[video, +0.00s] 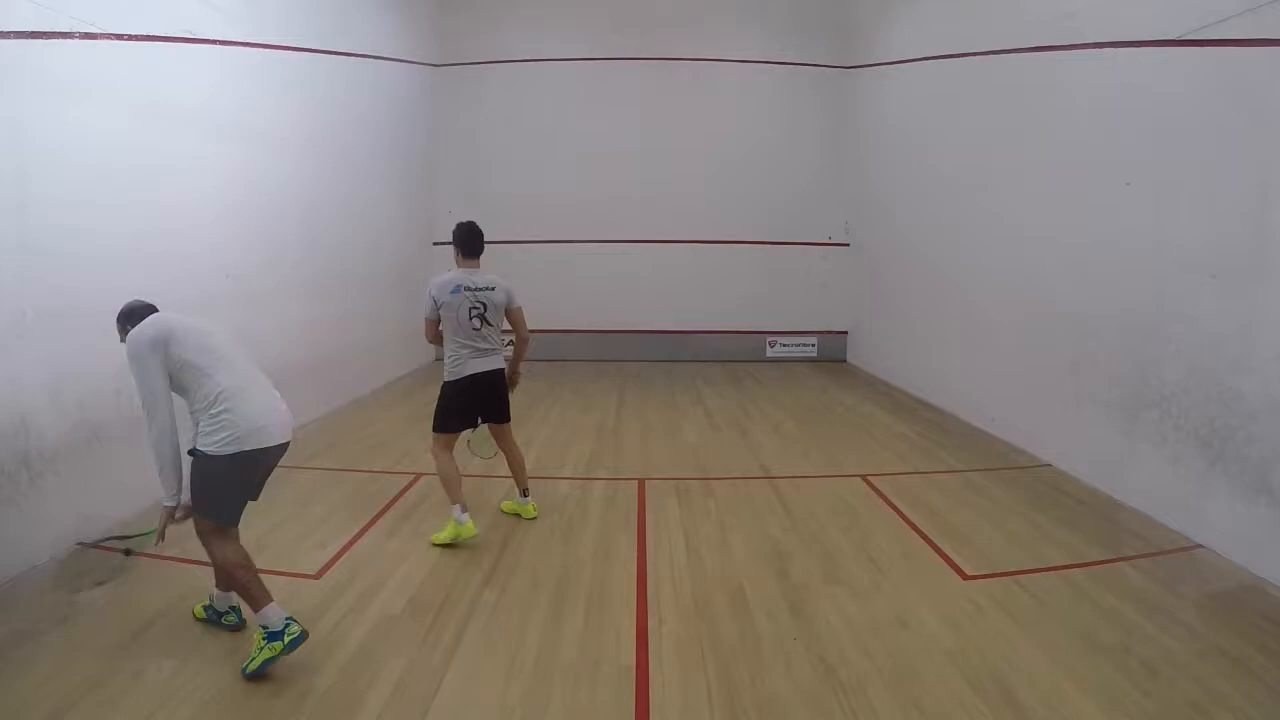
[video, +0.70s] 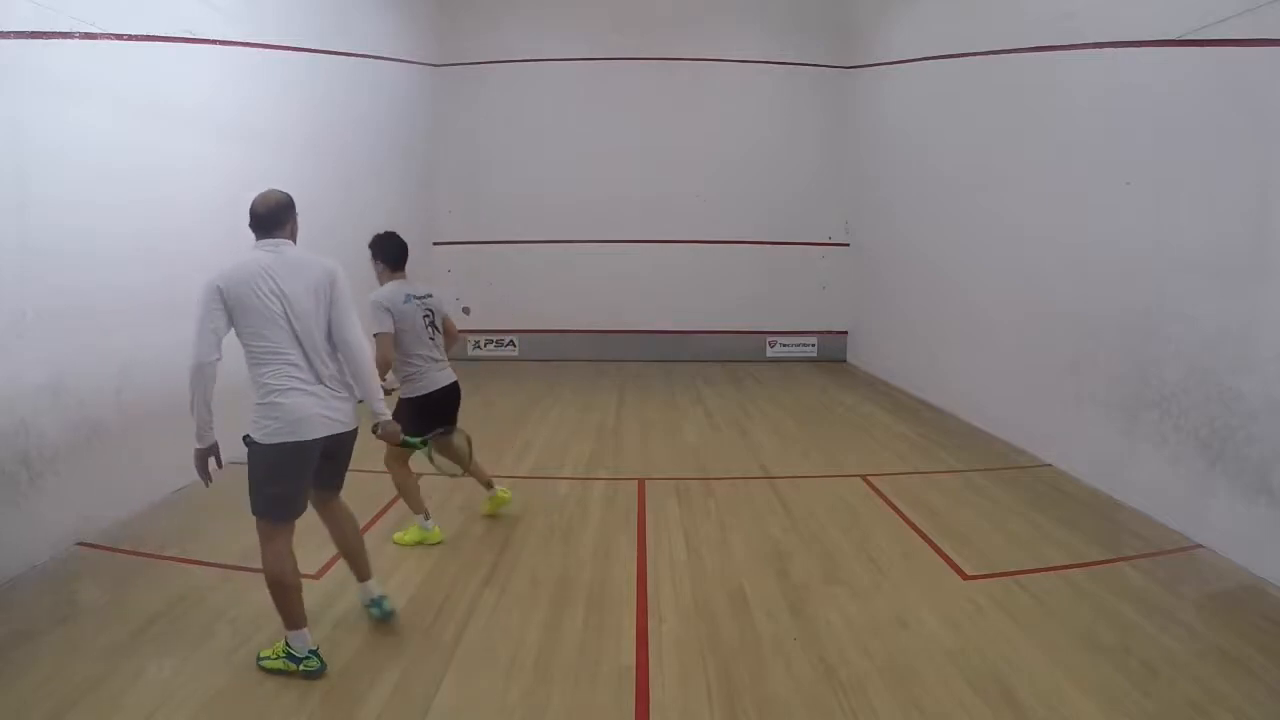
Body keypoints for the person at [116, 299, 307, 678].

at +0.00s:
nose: (126, 346)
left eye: (124, 340)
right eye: (123, 342)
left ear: (128, 329)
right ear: (155, 313)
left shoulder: (142, 338)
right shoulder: (191, 329)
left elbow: (160, 424)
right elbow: (207, 420)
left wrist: (170, 499)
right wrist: (193, 495)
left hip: (230, 439)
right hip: (274, 428)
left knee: (213, 530)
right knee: (218, 521)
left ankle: (277, 626)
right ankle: (224, 605)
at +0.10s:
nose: (135, 323)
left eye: (133, 318)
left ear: (136, 314)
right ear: (169, 302)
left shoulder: (144, 335)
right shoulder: (202, 319)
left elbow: (152, 421)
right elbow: (235, 378)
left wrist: (154, 498)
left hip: (225, 438)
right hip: (274, 428)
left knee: (219, 527)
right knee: (230, 517)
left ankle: (282, 617)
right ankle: (225, 604)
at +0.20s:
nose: (154, 296)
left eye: (153, 292)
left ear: (156, 293)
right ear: (195, 280)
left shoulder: (152, 330)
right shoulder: (232, 304)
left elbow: (144, 415)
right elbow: (286, 346)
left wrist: (138, 491)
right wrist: (320, 387)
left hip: (219, 444)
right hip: (274, 434)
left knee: (225, 533)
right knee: (236, 516)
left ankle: (287, 620)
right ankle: (227, 604)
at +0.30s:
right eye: (215, 262)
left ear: (176, 276)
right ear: (216, 265)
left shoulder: (164, 320)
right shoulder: (254, 292)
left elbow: (145, 405)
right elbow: (319, 310)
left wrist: (142, 473)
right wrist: (345, 362)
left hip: (222, 449)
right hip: (277, 440)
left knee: (230, 539)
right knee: (244, 519)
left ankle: (288, 637)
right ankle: (228, 603)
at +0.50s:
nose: (250, 246)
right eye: (250, 238)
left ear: (206, 250)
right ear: (248, 241)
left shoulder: (190, 300)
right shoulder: (280, 281)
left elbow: (169, 385)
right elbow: (329, 335)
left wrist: (171, 428)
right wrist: (369, 397)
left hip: (246, 444)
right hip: (305, 435)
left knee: (257, 549)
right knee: (274, 517)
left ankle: (301, 650)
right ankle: (254, 595)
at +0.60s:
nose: (272, 231)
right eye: (271, 224)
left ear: (225, 235)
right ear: (268, 228)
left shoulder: (206, 286)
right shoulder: (301, 271)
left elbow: (184, 372)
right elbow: (332, 344)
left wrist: (187, 432)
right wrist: (358, 407)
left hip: (264, 430)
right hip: (320, 422)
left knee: (268, 537)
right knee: (298, 503)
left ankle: (299, 649)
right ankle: (301, 600)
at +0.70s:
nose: (296, 228)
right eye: (296, 220)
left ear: (250, 230)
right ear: (294, 224)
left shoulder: (226, 280)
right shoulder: (325, 272)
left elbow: (204, 362)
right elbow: (354, 346)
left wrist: (203, 436)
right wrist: (380, 412)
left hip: (280, 431)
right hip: (339, 423)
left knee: (276, 535)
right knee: (328, 497)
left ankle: (300, 647)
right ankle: (373, 594)